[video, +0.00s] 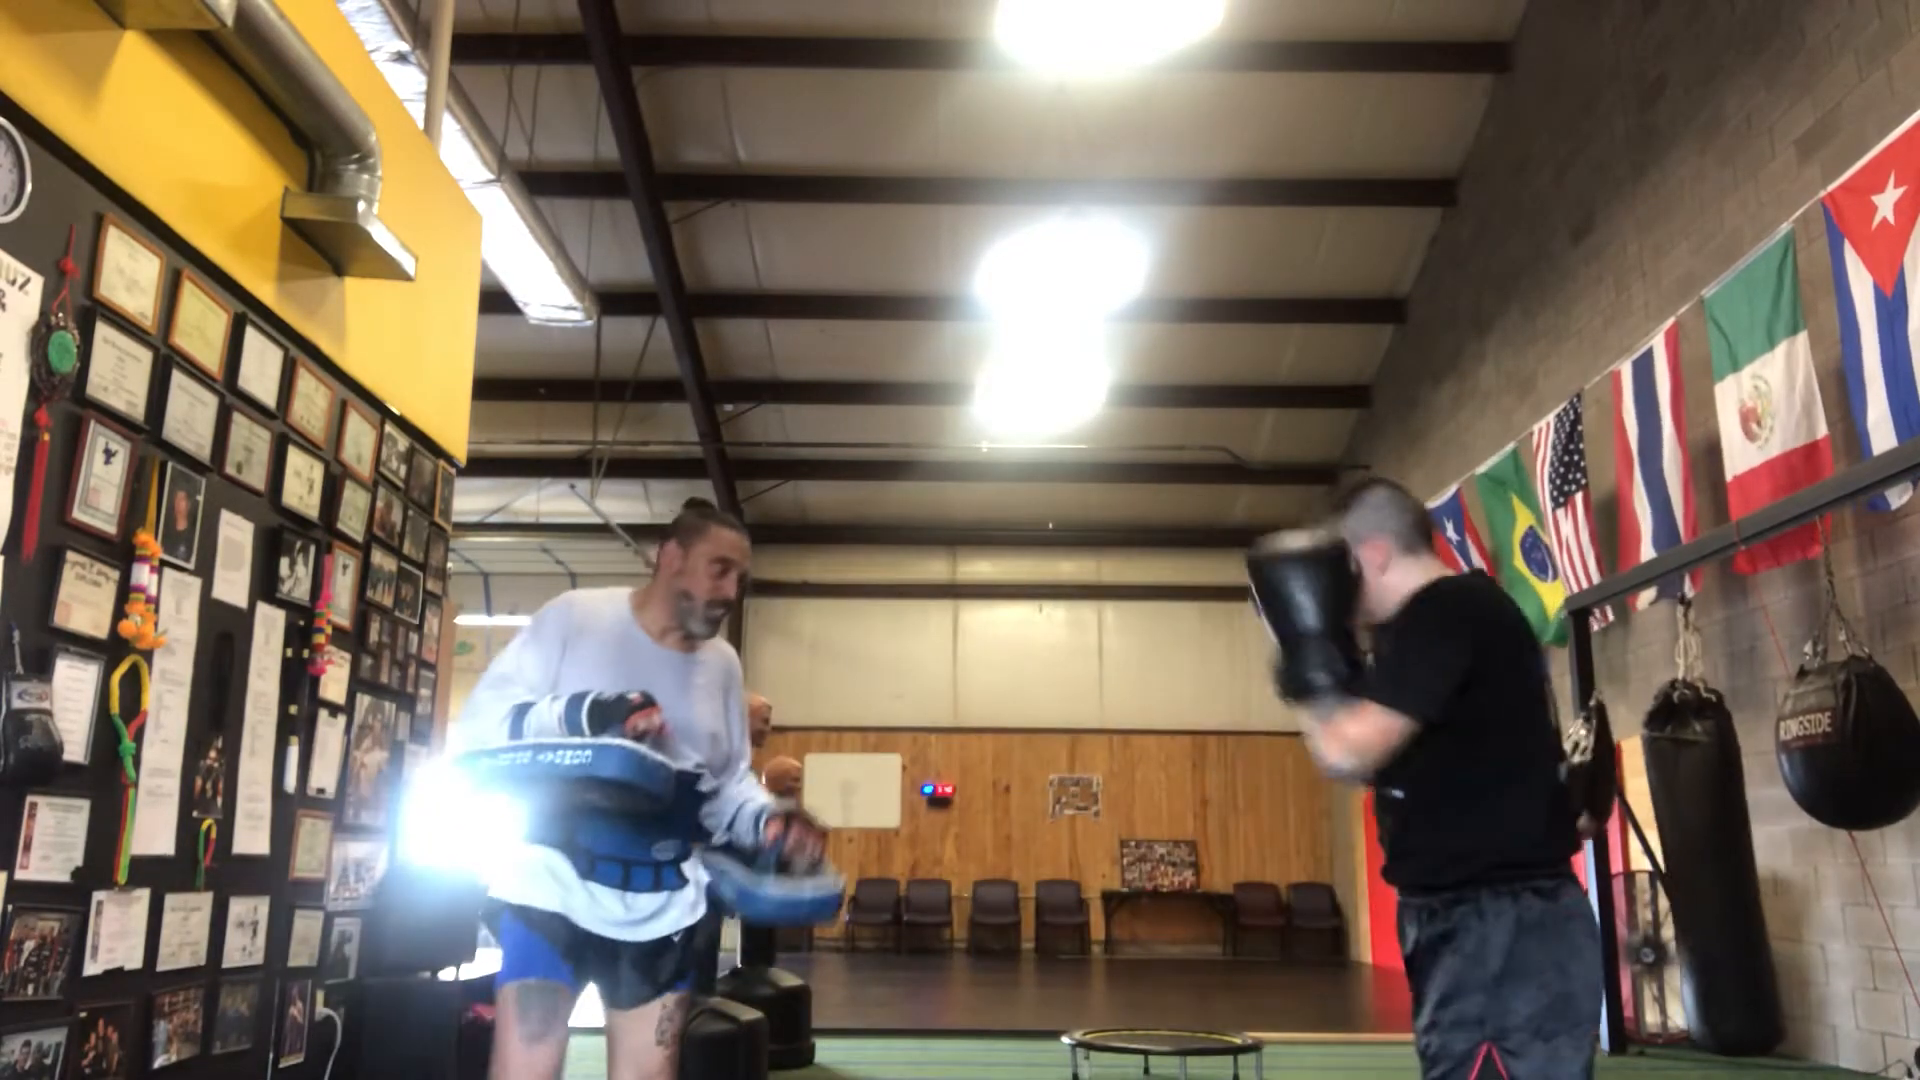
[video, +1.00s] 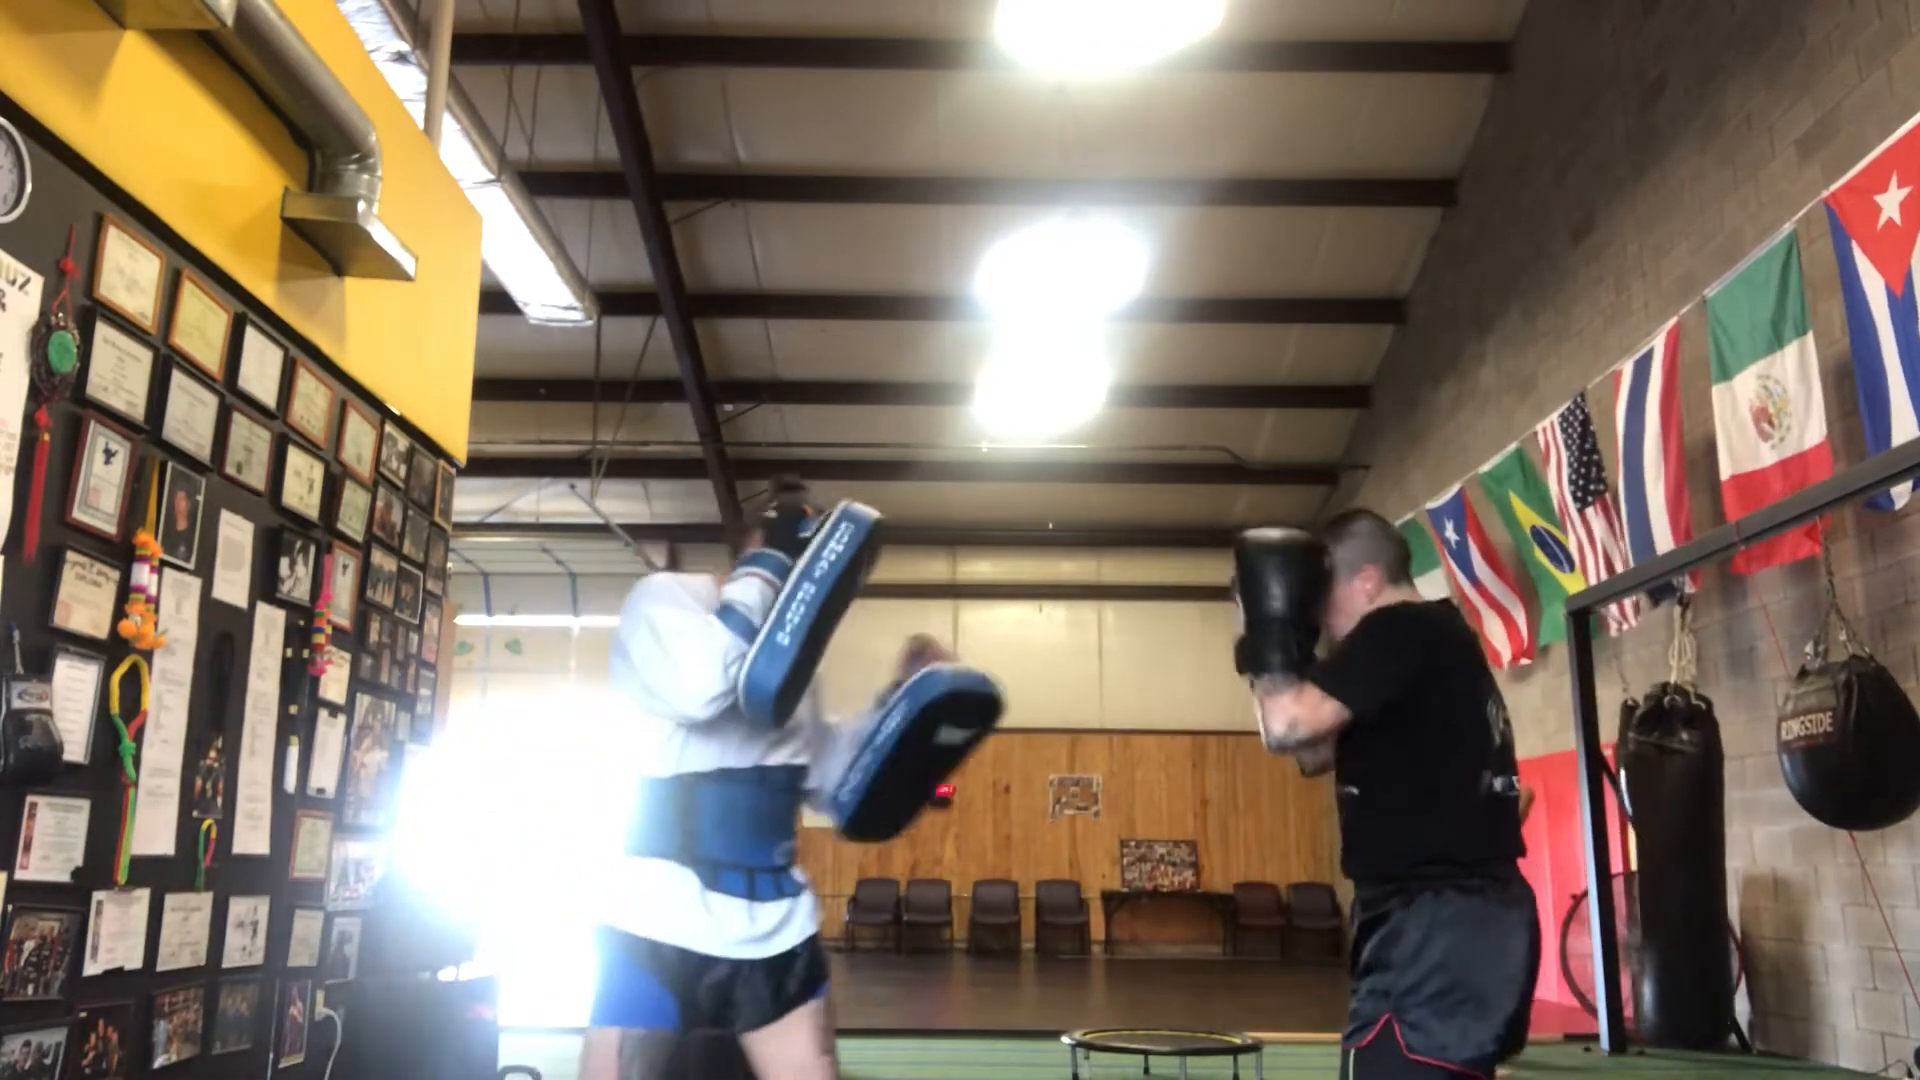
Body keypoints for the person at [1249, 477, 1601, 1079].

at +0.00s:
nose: (1340, 587)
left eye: (1344, 568)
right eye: (1338, 569)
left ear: (1375, 556)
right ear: (1391, 547)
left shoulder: (1450, 613)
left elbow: (1349, 748)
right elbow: (1347, 752)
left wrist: (1307, 648)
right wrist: (1324, 653)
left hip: (1497, 937)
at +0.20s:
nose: (1368, 610)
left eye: (1376, 590)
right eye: (1366, 593)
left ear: (1431, 583)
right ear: (1432, 585)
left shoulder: (1495, 651)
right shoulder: (1483, 652)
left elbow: (1464, 804)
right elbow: (1440, 781)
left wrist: (1369, 718)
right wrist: (1364, 713)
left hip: (1507, 948)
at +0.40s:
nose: (1382, 615)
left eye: (1391, 594)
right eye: (1378, 599)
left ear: (1447, 587)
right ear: (1448, 589)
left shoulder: (1497, 648)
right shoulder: (1490, 653)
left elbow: (1481, 790)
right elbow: (1446, 795)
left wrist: (1387, 714)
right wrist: (1373, 732)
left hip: (1511, 930)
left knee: (1473, 1066)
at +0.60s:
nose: (1371, 606)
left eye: (1380, 589)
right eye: (1367, 593)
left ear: (1436, 584)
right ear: (1436, 586)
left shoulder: (1487, 639)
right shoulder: (1450, 661)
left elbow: (1448, 769)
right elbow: (1414, 799)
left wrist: (1374, 670)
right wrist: (1345, 711)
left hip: (1502, 920)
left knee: (1411, 1069)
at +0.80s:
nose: (1332, 611)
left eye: (1342, 590)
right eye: (1329, 595)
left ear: (1398, 584)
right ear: (1401, 585)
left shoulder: (1437, 646)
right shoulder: (1458, 644)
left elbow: (1374, 772)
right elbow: (1371, 766)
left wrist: (1308, 688)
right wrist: (1314, 692)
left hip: (1452, 930)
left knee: (1393, 1066)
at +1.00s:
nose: (1320, 607)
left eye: (1325, 587)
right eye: (1317, 591)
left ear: (1367, 582)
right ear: (1377, 581)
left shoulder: (1399, 633)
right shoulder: (1441, 634)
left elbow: (1286, 721)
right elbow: (1311, 755)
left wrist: (1270, 622)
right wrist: (1281, 635)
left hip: (1434, 923)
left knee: (1391, 1065)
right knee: (1450, 1067)